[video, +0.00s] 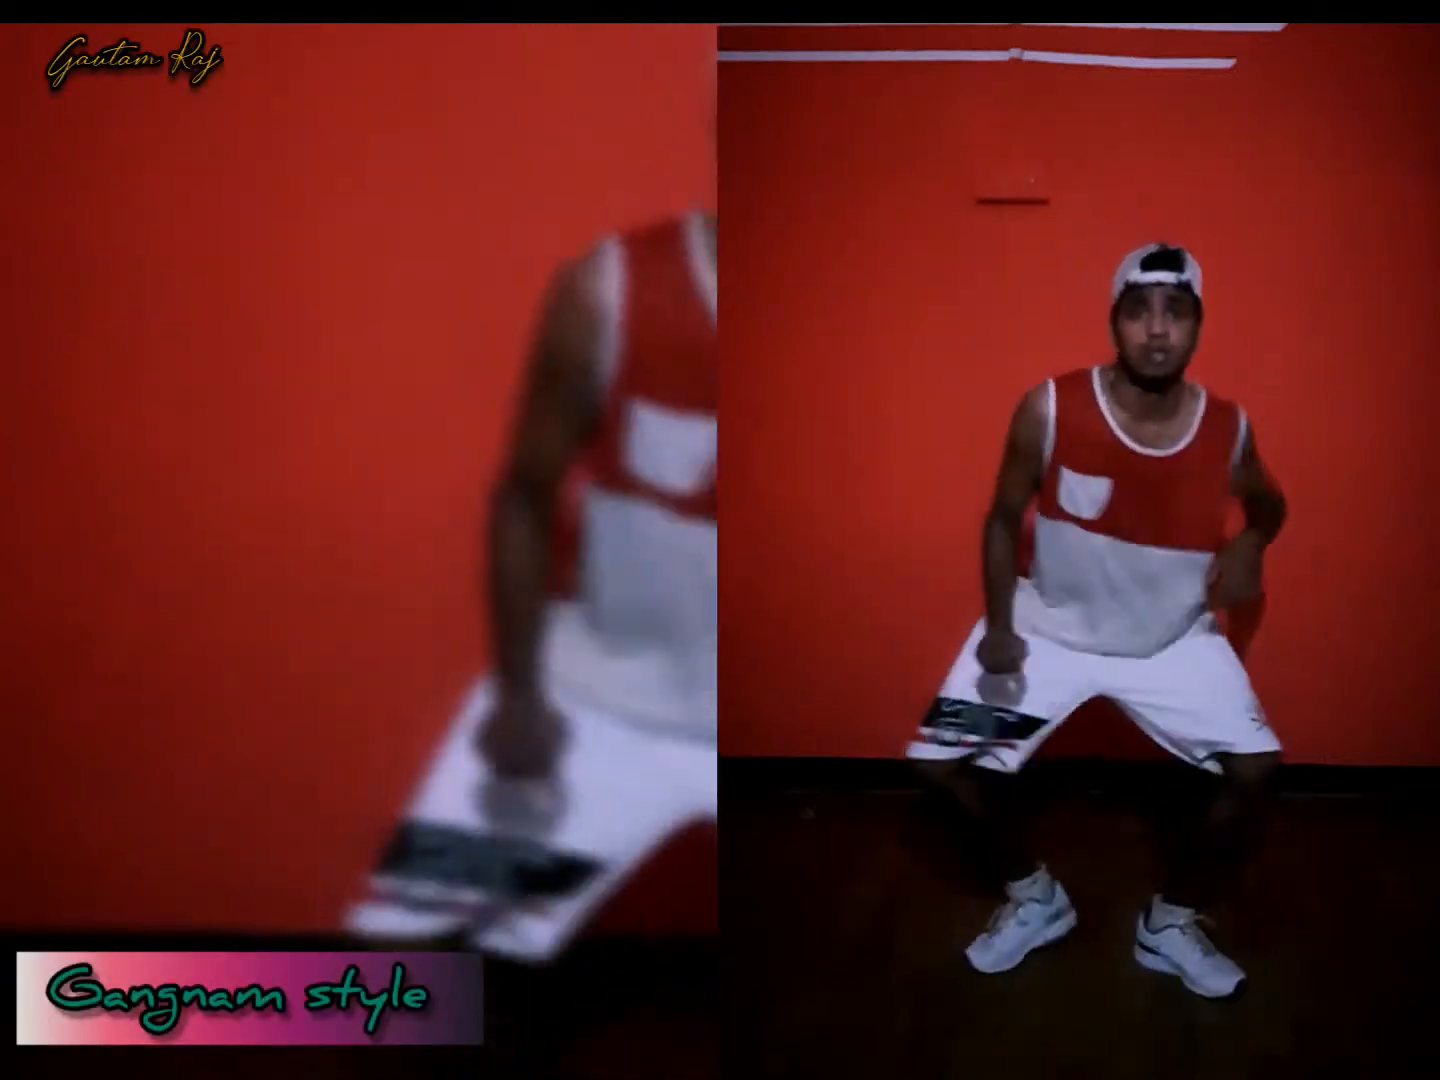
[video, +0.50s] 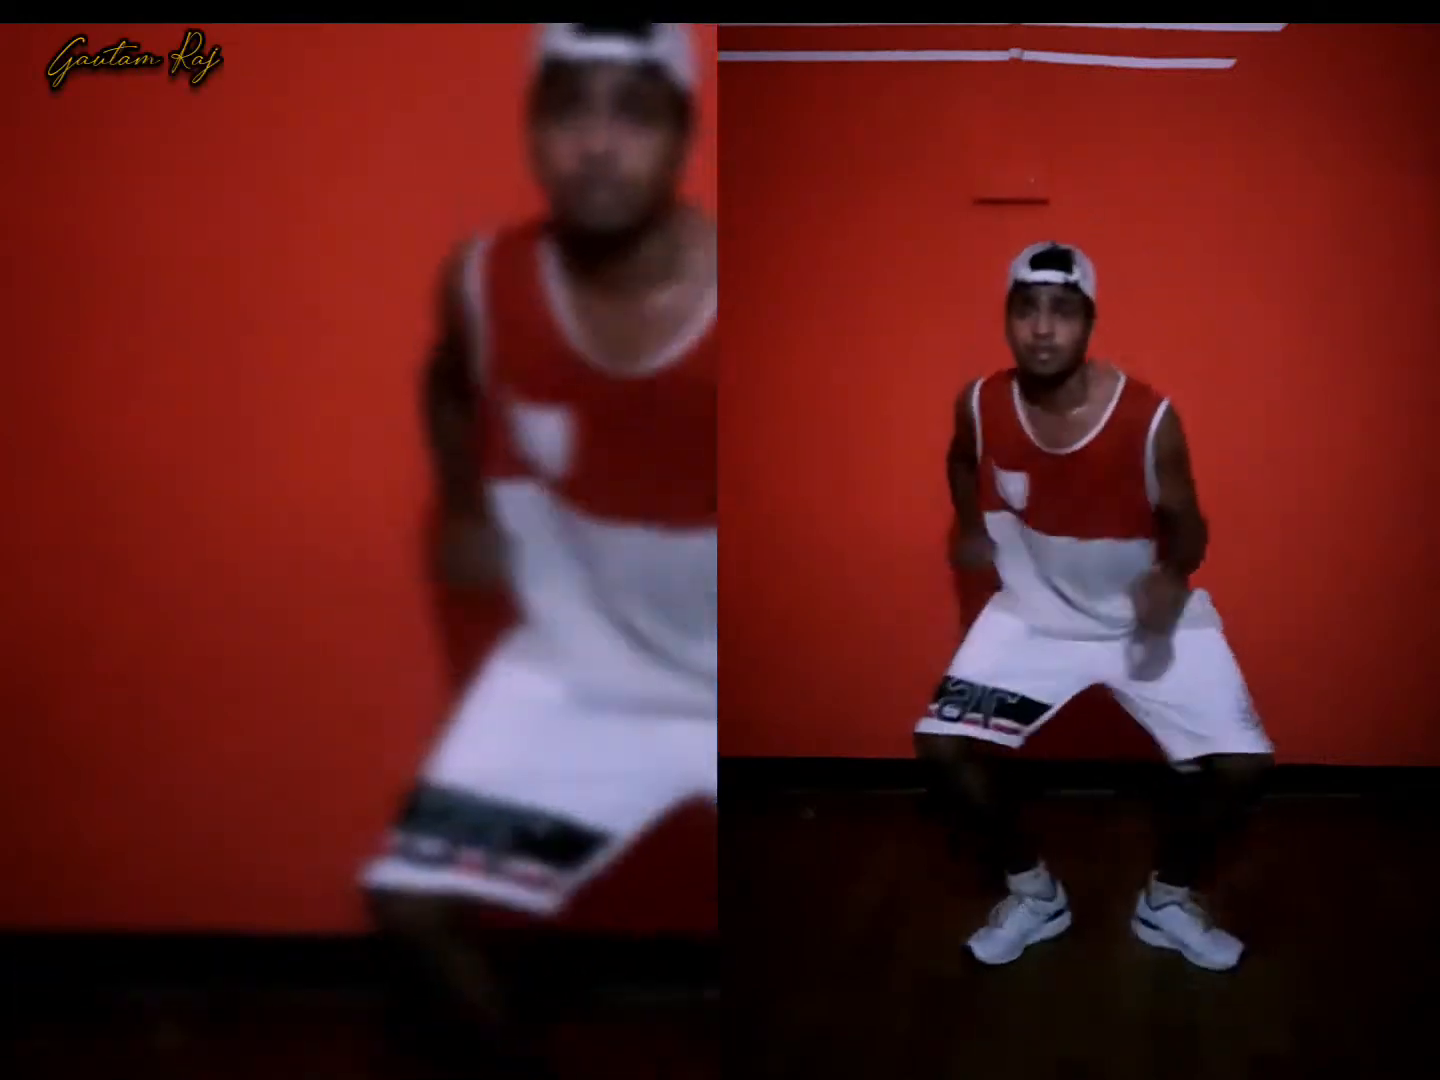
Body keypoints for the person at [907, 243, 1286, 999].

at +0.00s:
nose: (1158, 331)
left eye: (1175, 314)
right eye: (1140, 314)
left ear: (1197, 330)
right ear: (1115, 326)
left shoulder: (1225, 430)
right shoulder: (1052, 410)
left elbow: (1266, 505)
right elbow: (1004, 517)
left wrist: (1248, 547)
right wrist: (998, 627)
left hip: (1174, 641)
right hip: (1047, 632)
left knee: (1250, 767)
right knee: (945, 767)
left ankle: (1170, 921)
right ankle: (1033, 896)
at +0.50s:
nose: (1042, 330)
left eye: (1062, 315)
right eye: (1027, 313)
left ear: (1089, 326)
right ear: (1008, 324)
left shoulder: (1148, 419)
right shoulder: (981, 407)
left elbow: (1187, 525)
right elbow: (963, 467)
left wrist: (1168, 581)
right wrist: (972, 530)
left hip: (1147, 616)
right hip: (1032, 614)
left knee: (1236, 763)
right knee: (948, 745)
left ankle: (1167, 899)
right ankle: (1032, 893)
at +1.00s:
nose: (1132, 328)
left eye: (1148, 311)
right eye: (1115, 310)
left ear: (1170, 323)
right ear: (1087, 319)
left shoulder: (1207, 408)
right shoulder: (1033, 396)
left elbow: (1229, 474)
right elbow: (986, 489)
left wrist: (1214, 532)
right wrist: (1004, 546)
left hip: (1163, 609)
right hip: (1051, 602)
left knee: (1212, 744)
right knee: (978, 740)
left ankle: (1202, 895)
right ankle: (1044, 877)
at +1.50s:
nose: (1058, 320)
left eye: (1074, 301)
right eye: (1042, 303)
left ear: (1103, 310)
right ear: (1020, 314)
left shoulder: (1152, 401)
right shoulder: (985, 390)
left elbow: (1160, 542)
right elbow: (996, 461)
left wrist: (1100, 608)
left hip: (1135, 575)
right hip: (1031, 569)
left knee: (1176, 734)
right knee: (1003, 730)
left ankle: (1192, 889)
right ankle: (1013, 878)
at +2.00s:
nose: (987, 317)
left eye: (1005, 301)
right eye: (973, 300)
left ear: (1034, 309)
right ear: (956, 311)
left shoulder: (1103, 378)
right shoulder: (934, 408)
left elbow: (1154, 433)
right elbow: (897, 487)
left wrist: (1131, 524)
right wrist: (950, 533)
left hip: (1107, 575)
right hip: (1001, 585)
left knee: (1184, 709)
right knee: (974, 740)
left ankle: (1151, 874)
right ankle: (1029, 885)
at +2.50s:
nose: (1045, 270)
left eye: (1063, 255)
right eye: (1031, 251)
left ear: (1086, 266)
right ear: (1008, 259)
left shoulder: (1099, 348)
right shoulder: (963, 337)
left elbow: (1089, 440)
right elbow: (880, 460)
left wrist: (1146, 494)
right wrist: (904, 542)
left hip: (1023, 566)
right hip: (932, 559)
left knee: (1048, 719)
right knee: (911, 738)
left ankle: (960, 817)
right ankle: (861, 860)